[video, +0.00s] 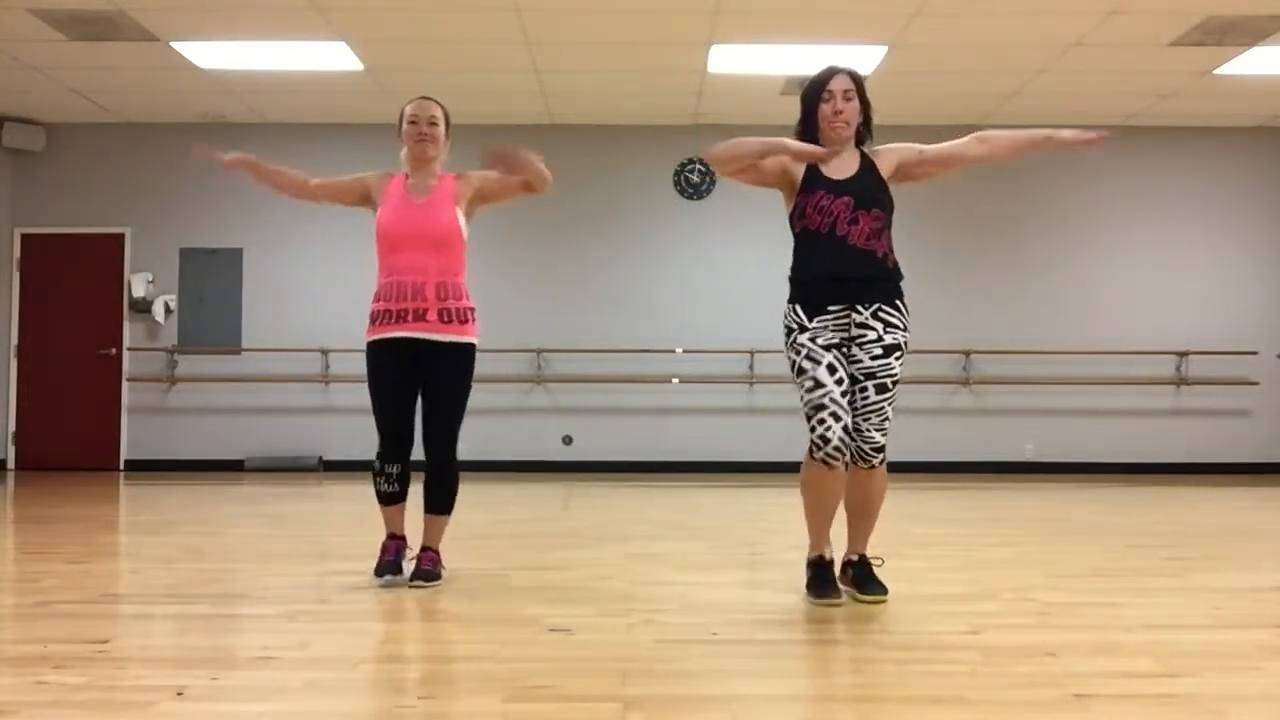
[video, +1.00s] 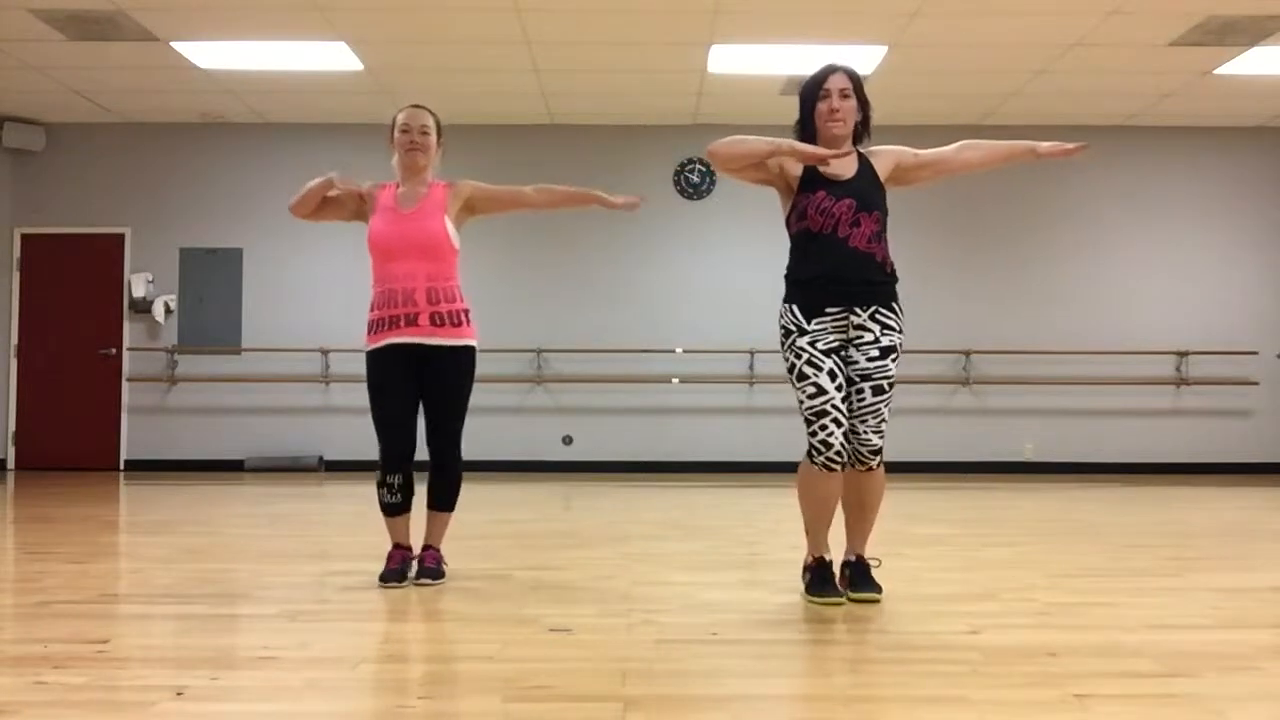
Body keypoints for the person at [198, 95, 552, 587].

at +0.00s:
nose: (423, 128)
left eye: (432, 121)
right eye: (414, 121)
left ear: (446, 136)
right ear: (400, 135)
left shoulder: (466, 185)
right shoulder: (379, 185)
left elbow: (538, 184)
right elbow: (308, 187)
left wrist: (523, 161)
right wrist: (251, 165)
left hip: (450, 334)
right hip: (391, 333)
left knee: (440, 447)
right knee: (394, 444)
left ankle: (430, 551)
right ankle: (394, 542)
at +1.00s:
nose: (413, 137)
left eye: (423, 131)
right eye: (405, 130)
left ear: (437, 145)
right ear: (391, 141)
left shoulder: (457, 194)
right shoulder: (369, 197)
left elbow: (533, 196)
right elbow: (300, 210)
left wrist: (603, 199)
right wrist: (324, 183)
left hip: (448, 341)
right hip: (389, 341)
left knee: (444, 449)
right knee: (395, 453)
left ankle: (431, 550)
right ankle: (398, 549)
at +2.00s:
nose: (416, 133)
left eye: (426, 128)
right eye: (407, 126)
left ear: (440, 141)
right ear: (395, 139)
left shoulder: (458, 187)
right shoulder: (375, 188)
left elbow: (512, 142)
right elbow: (311, 155)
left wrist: (462, 107)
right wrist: (366, 118)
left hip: (449, 337)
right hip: (390, 336)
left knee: (440, 444)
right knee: (395, 447)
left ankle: (433, 549)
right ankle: (402, 550)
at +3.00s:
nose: (415, 129)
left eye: (425, 124)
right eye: (406, 123)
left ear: (438, 137)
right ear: (393, 137)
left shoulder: (455, 184)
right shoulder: (378, 182)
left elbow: (487, 120)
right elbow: (339, 118)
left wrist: (518, 53)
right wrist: (304, 50)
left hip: (443, 335)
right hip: (385, 334)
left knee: (432, 443)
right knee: (393, 446)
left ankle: (432, 543)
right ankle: (401, 550)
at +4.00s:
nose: (415, 132)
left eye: (424, 126)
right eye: (405, 126)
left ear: (438, 140)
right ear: (393, 141)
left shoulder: (461, 192)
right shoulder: (374, 193)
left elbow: (537, 194)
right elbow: (295, 203)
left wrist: (605, 200)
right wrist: (229, 212)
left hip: (446, 336)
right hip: (386, 334)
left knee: (432, 444)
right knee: (392, 442)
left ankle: (432, 549)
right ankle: (399, 550)